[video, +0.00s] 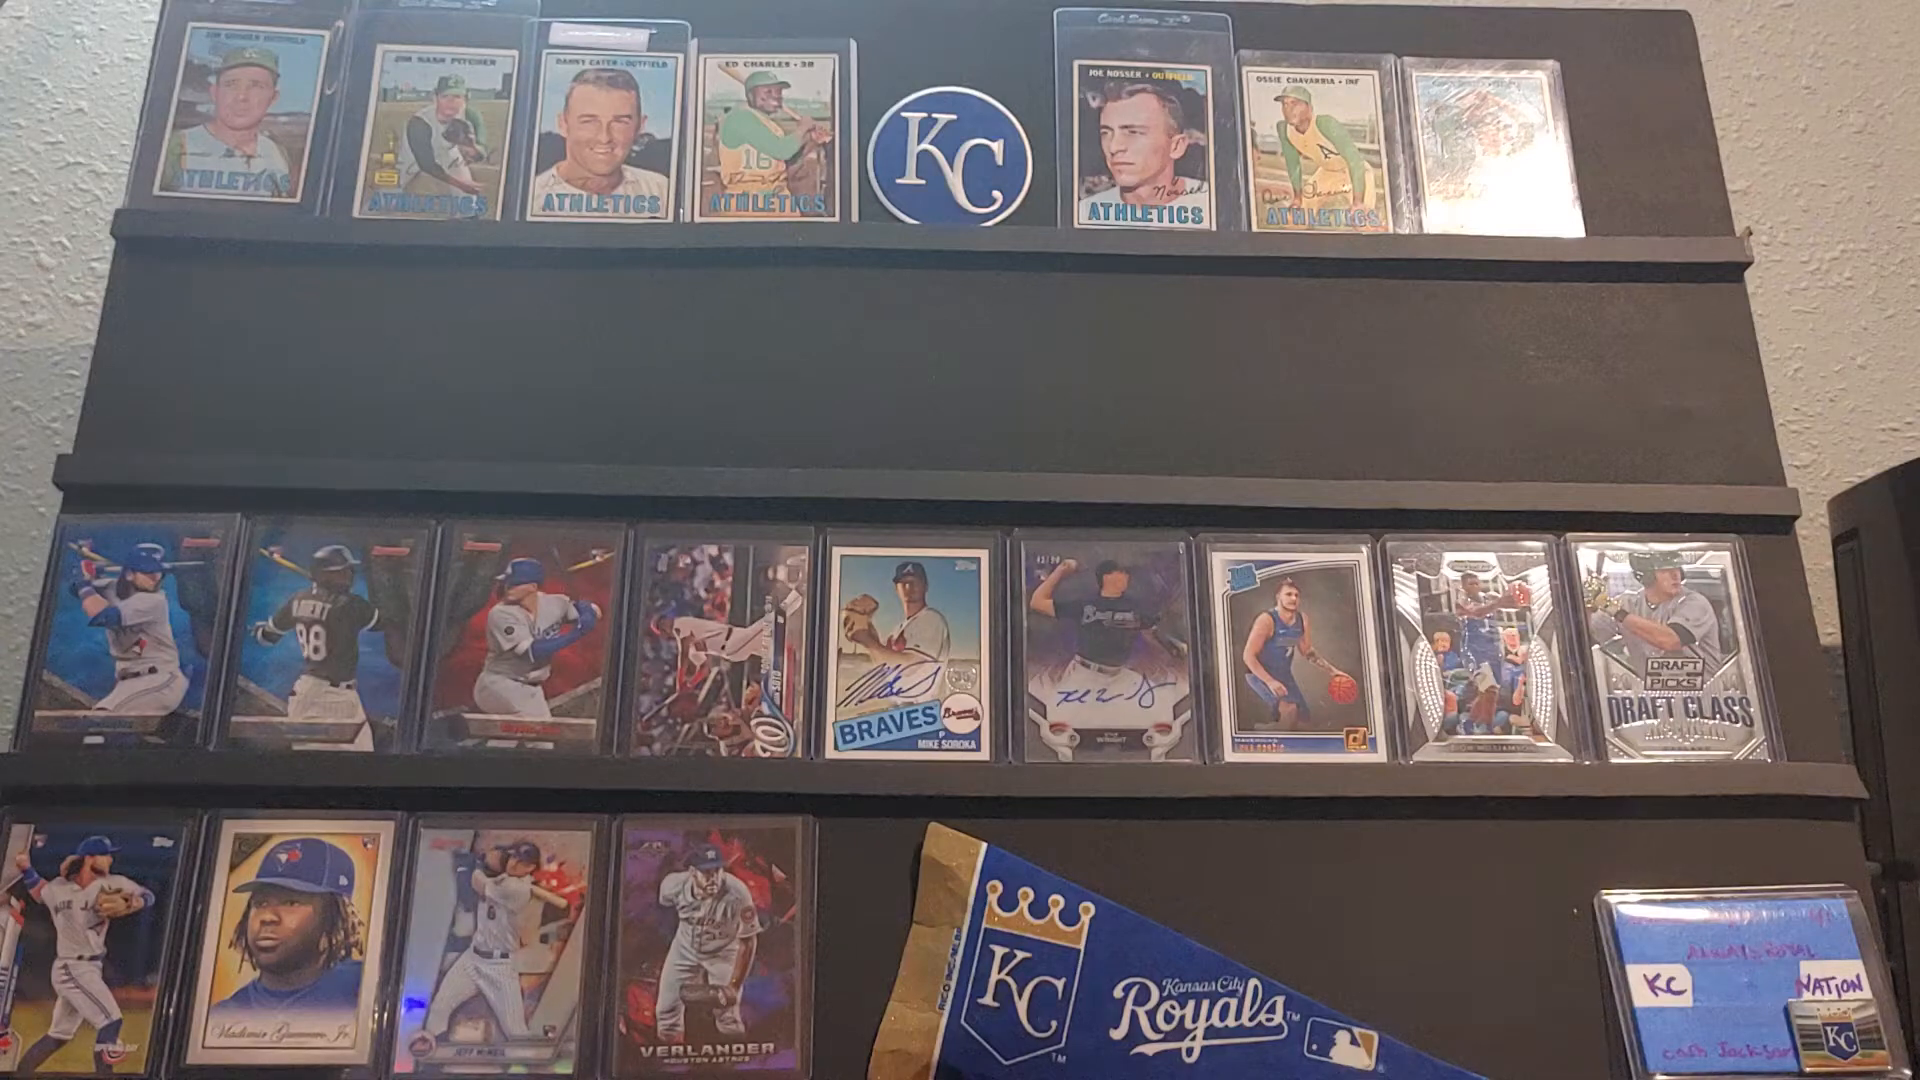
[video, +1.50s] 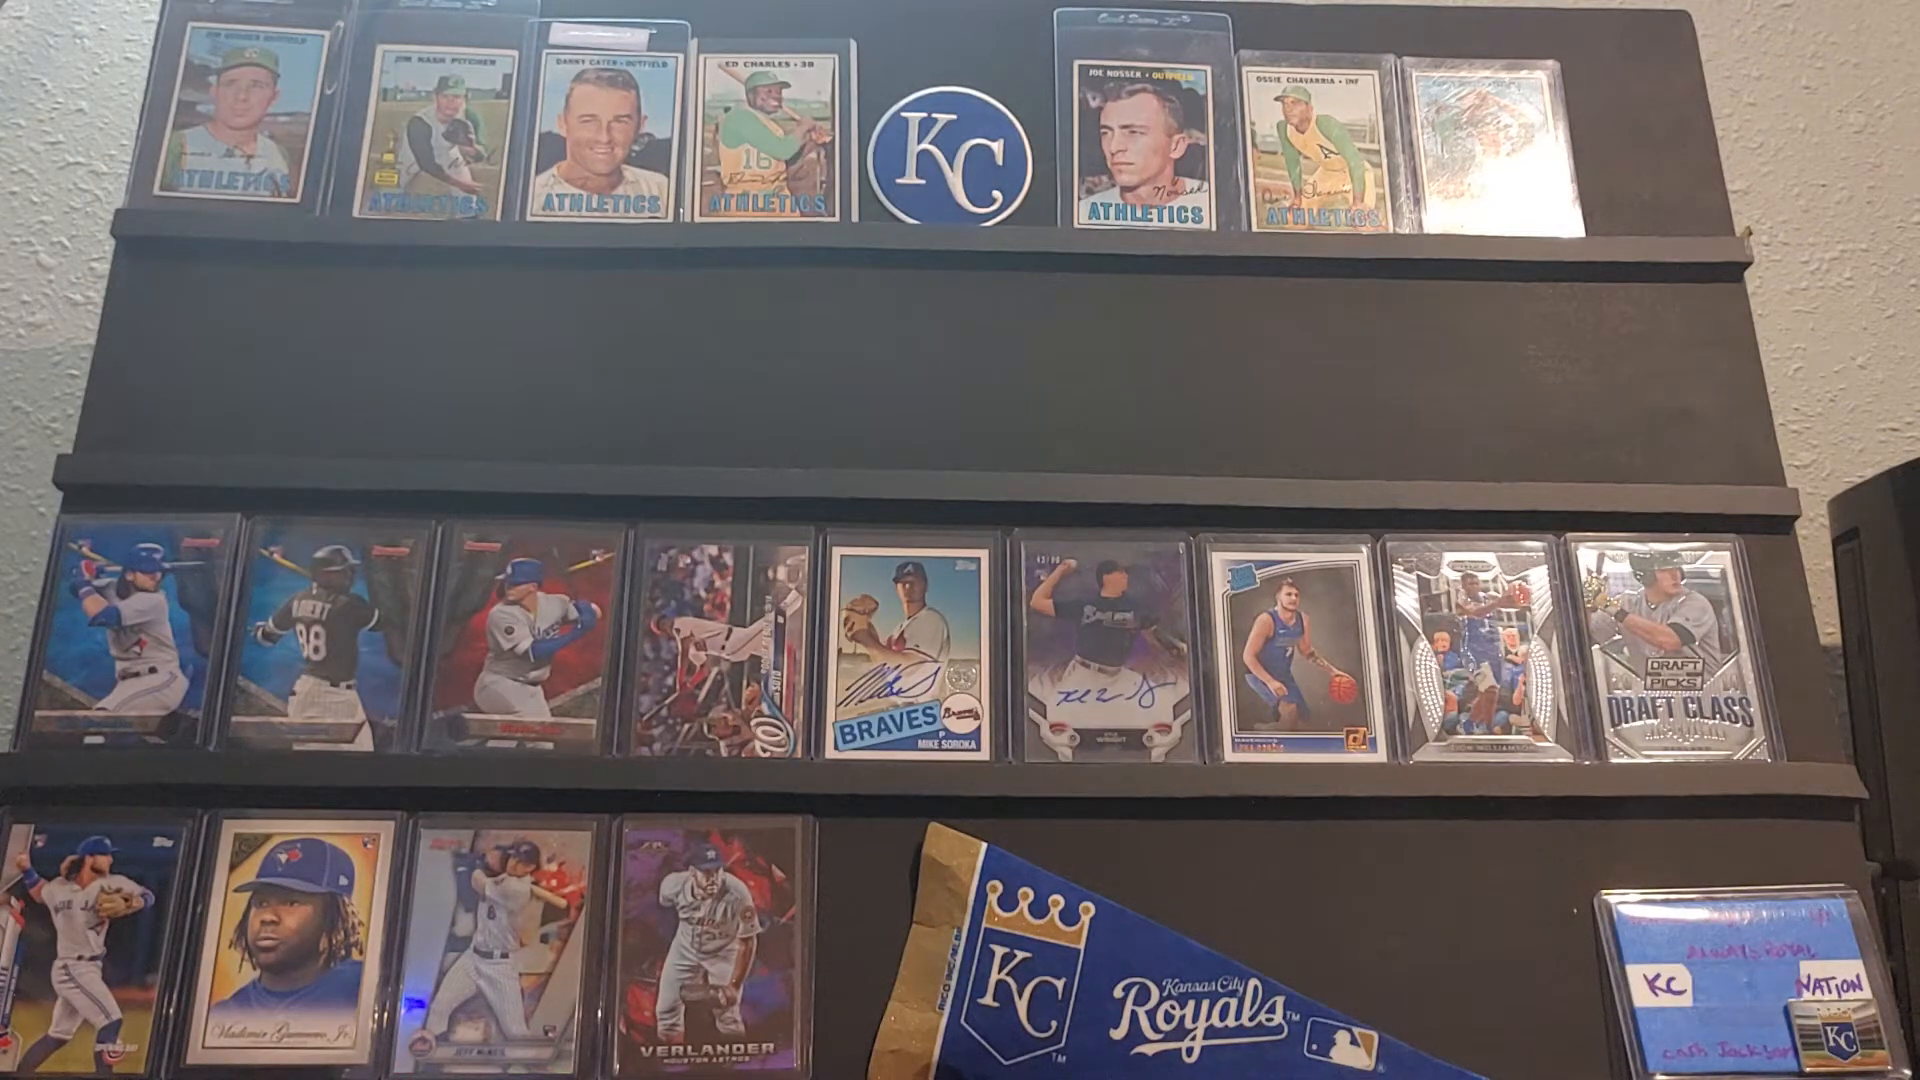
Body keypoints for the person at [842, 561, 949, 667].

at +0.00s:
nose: (907, 589)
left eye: (913, 583)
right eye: (902, 583)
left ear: (925, 586)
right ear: (896, 588)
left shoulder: (931, 619)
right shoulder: (901, 626)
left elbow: (911, 661)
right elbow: (882, 661)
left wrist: (867, 640)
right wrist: (865, 622)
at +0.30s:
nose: (907, 589)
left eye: (913, 583)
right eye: (902, 583)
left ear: (925, 586)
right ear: (896, 588)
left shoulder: (931, 619)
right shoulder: (902, 626)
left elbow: (911, 662)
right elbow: (882, 660)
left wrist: (866, 640)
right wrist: (865, 622)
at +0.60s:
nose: (907, 588)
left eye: (913, 583)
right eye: (902, 583)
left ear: (925, 586)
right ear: (896, 587)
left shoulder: (931, 619)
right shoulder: (901, 626)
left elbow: (909, 662)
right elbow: (882, 659)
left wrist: (865, 639)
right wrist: (864, 622)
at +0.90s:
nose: (907, 588)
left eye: (913, 583)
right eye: (902, 583)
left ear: (925, 586)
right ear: (896, 587)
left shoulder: (931, 619)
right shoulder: (902, 626)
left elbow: (909, 662)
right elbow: (882, 660)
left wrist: (865, 639)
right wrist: (864, 622)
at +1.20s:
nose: (907, 588)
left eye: (913, 583)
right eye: (902, 583)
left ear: (925, 586)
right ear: (896, 588)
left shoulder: (931, 619)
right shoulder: (902, 625)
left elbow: (910, 661)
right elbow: (882, 659)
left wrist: (866, 639)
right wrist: (865, 623)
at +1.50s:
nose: (907, 588)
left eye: (913, 583)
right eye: (902, 583)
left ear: (925, 586)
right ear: (896, 588)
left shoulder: (931, 619)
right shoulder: (902, 626)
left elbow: (910, 662)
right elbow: (882, 659)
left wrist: (865, 639)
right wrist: (865, 623)